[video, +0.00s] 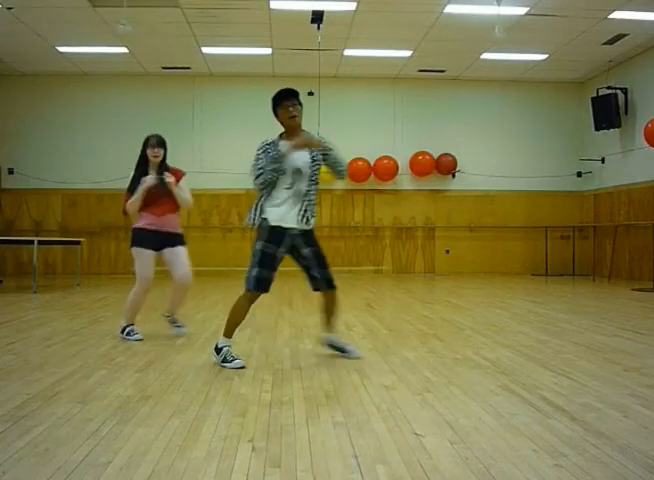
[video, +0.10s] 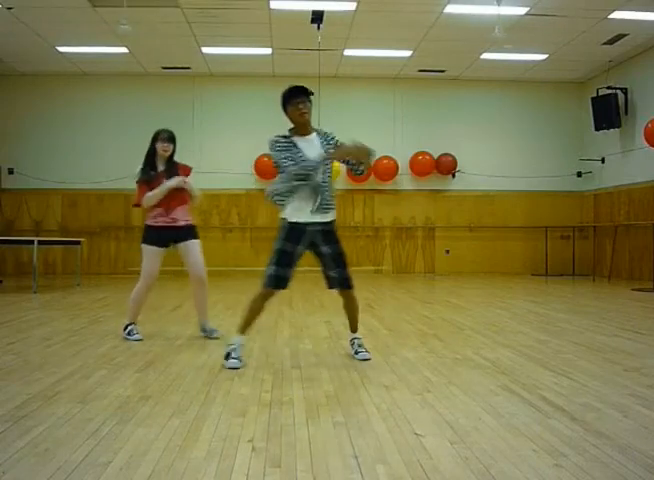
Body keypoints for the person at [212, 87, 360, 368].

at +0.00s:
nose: (292, 111)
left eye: (295, 106)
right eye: (286, 108)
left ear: (302, 110)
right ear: (277, 115)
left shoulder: (315, 145)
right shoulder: (269, 148)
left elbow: (341, 172)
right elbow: (261, 185)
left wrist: (321, 148)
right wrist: (287, 151)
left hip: (302, 228)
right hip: (272, 227)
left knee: (328, 287)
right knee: (255, 289)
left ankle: (329, 336)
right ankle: (223, 345)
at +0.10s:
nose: (302, 109)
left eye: (305, 104)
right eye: (296, 106)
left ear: (311, 107)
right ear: (287, 113)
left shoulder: (327, 139)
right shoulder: (280, 143)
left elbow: (362, 156)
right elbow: (294, 172)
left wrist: (355, 156)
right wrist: (328, 158)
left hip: (324, 224)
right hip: (294, 225)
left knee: (346, 287)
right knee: (271, 287)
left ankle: (355, 339)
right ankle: (237, 342)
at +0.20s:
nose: (314, 109)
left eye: (317, 104)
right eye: (308, 106)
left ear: (323, 107)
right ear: (298, 112)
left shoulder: (336, 138)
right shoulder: (292, 148)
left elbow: (359, 161)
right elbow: (323, 174)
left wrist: (380, 176)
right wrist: (363, 179)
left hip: (342, 218)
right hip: (312, 220)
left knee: (354, 283)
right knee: (298, 284)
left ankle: (356, 339)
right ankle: (275, 339)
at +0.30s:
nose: (325, 108)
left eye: (328, 103)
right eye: (318, 105)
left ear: (334, 106)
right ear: (309, 111)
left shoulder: (346, 137)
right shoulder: (303, 145)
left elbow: (362, 170)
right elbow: (327, 179)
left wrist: (374, 200)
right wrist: (358, 208)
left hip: (352, 219)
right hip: (324, 220)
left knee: (362, 284)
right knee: (326, 286)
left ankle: (355, 338)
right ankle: (314, 338)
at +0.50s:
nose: (349, 114)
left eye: (352, 108)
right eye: (343, 110)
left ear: (357, 112)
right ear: (332, 116)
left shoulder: (368, 147)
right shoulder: (319, 149)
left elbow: (377, 188)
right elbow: (301, 189)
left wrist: (360, 204)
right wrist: (325, 204)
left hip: (370, 227)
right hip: (343, 228)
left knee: (401, 284)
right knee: (346, 294)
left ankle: (371, 331)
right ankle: (322, 342)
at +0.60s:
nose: (361, 117)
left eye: (364, 111)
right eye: (354, 113)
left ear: (370, 114)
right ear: (344, 119)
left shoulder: (378, 149)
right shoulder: (333, 151)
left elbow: (399, 186)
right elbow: (317, 189)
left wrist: (379, 179)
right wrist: (346, 180)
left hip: (379, 227)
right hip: (353, 229)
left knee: (420, 282)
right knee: (352, 294)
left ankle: (409, 336)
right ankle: (322, 342)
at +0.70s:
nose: (374, 114)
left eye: (377, 108)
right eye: (367, 110)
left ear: (382, 111)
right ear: (358, 116)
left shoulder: (392, 144)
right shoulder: (351, 149)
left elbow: (415, 175)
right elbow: (355, 186)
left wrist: (426, 165)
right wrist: (395, 167)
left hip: (398, 225)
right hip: (371, 227)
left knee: (433, 281)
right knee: (360, 289)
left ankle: (449, 341)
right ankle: (323, 341)